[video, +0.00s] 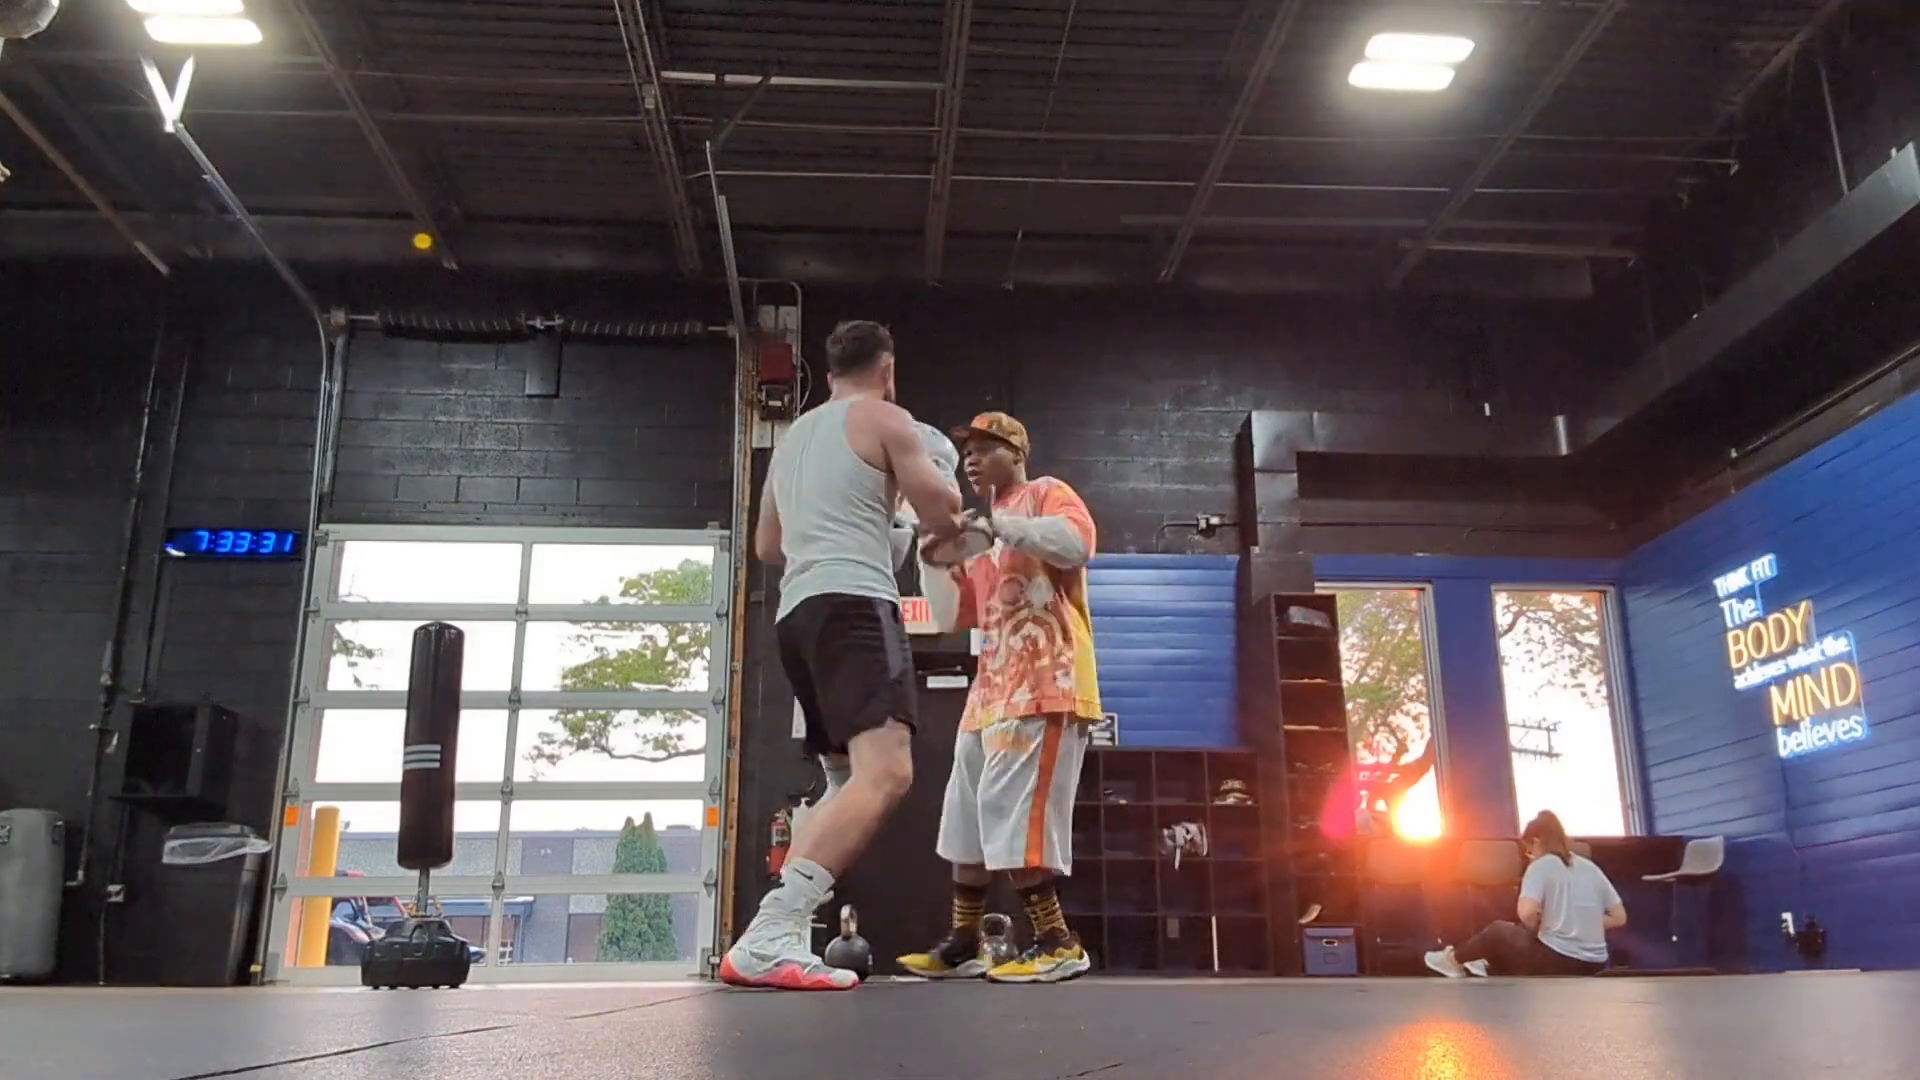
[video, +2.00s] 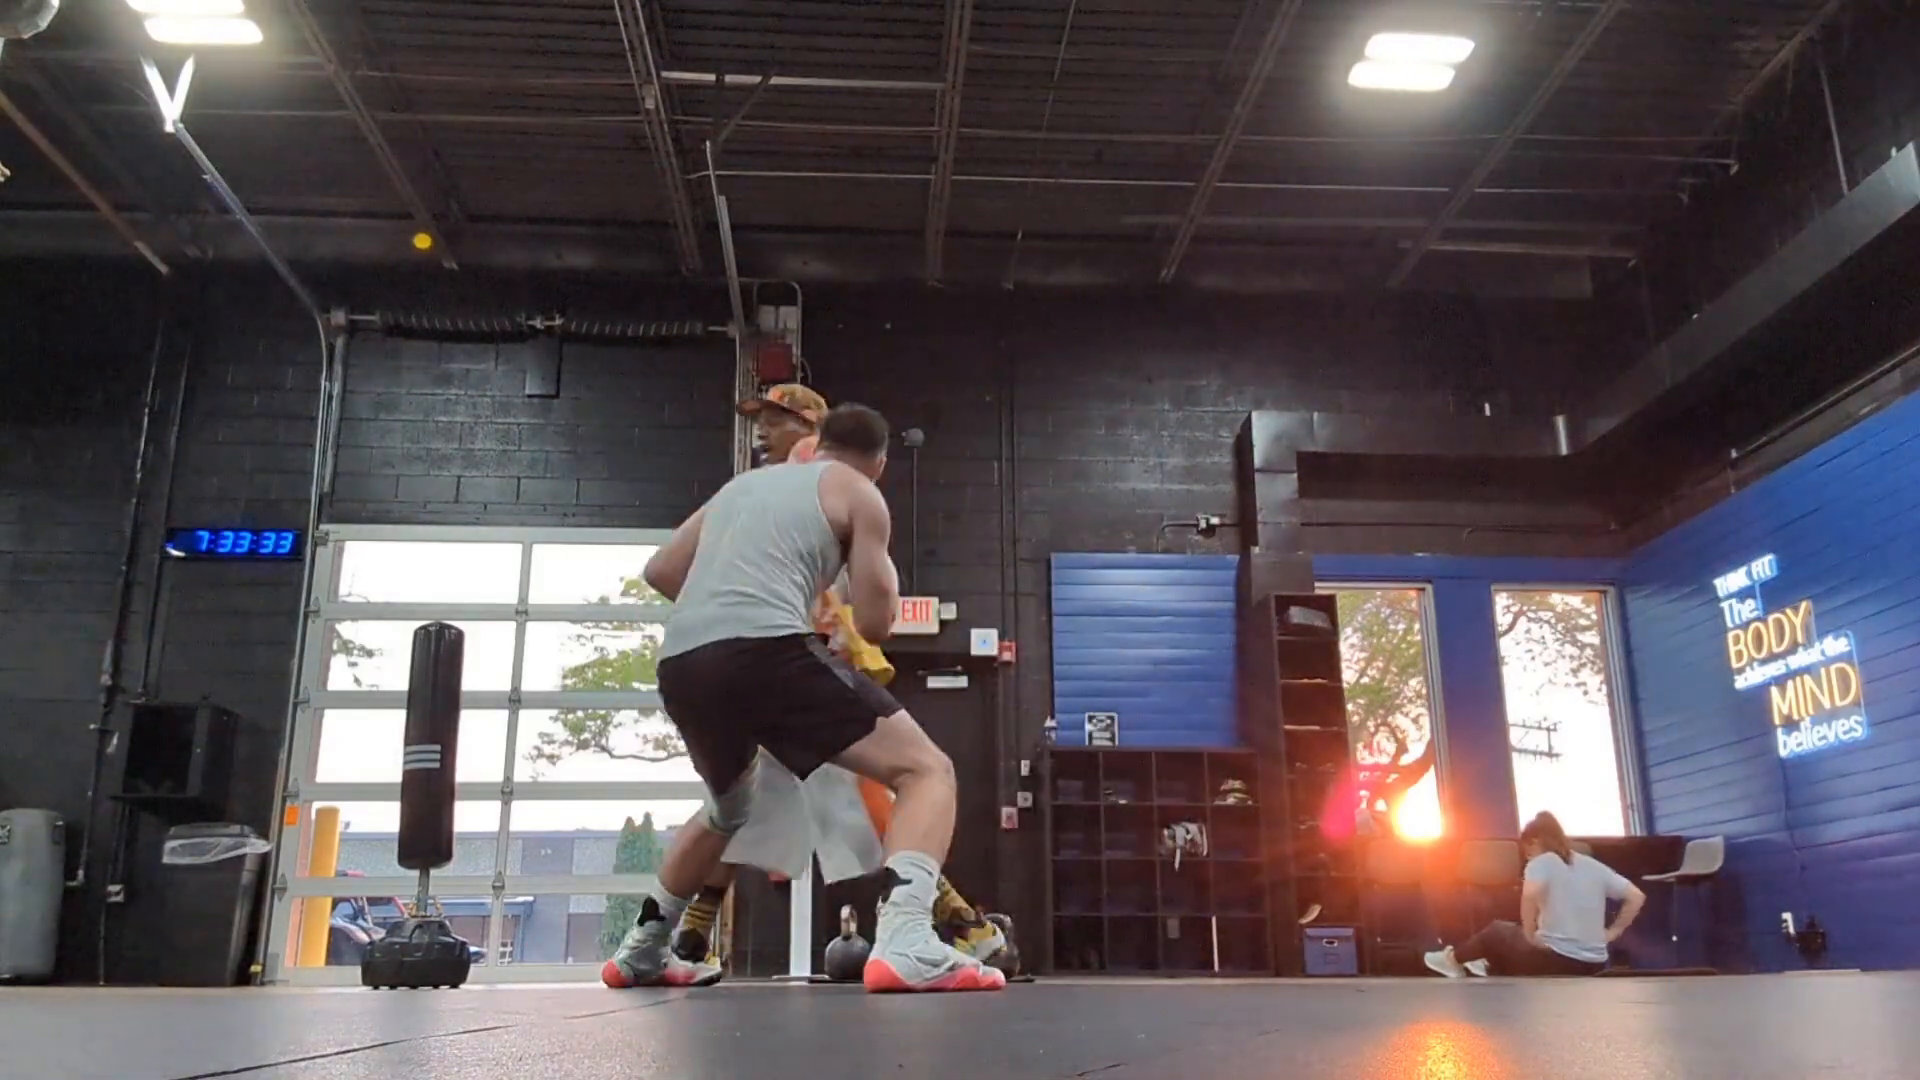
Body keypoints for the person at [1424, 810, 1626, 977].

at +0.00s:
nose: (1529, 856)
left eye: (1529, 850)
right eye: (1527, 851)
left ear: (1538, 842)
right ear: (1561, 840)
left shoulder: (1540, 866)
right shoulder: (1590, 867)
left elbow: (1527, 913)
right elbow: (1618, 918)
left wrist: (1536, 932)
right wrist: (1581, 924)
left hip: (1559, 959)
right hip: (1595, 962)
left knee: (1497, 931)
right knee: (1521, 937)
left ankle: (1453, 959)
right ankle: (1485, 964)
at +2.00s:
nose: (1527, 856)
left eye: (1527, 849)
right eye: (1526, 850)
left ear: (1537, 842)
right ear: (1558, 840)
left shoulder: (1540, 863)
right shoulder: (1592, 866)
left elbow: (1531, 895)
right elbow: (1636, 897)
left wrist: (1529, 935)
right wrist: (1614, 932)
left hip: (1559, 958)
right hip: (1595, 961)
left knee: (1499, 931)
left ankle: (1451, 958)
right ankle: (1487, 964)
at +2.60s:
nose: (1522, 846)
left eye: (1523, 841)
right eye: (1523, 841)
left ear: (1528, 841)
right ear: (1554, 840)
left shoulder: (1529, 868)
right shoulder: (1581, 868)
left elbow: (1516, 900)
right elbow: (1612, 921)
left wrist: (1495, 920)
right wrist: (1584, 931)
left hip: (1556, 958)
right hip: (1594, 961)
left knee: (1497, 929)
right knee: (1527, 927)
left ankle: (1453, 958)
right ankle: (1484, 962)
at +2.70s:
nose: (1520, 853)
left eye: (1520, 847)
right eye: (1520, 847)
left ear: (1524, 848)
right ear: (1551, 845)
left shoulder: (1528, 868)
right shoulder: (1576, 869)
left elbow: (1509, 905)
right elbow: (1593, 910)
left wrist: (1488, 911)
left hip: (1557, 958)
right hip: (1593, 961)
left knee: (1492, 934)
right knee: (1529, 925)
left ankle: (1453, 959)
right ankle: (1485, 962)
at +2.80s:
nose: (1518, 848)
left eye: (1519, 844)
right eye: (1520, 844)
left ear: (1522, 847)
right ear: (1547, 844)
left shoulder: (1524, 871)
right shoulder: (1572, 871)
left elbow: (1501, 912)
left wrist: (1483, 910)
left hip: (1556, 959)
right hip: (1592, 961)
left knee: (1492, 932)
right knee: (1526, 929)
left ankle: (1452, 959)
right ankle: (1484, 962)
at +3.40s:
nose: (1513, 854)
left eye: (1515, 850)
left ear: (1517, 853)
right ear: (1543, 851)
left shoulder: (1517, 874)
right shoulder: (1569, 875)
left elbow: (1485, 920)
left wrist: (1508, 914)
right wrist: (1524, 917)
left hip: (1554, 959)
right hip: (1591, 961)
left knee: (1496, 932)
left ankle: (1449, 960)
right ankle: (1483, 964)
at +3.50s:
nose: (1518, 848)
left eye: (1519, 844)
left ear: (1521, 848)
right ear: (1547, 846)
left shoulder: (1519, 873)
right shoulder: (1573, 873)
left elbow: (1488, 917)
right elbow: (1561, 914)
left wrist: (1517, 924)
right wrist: (1522, 920)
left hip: (1554, 959)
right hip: (1591, 962)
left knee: (1492, 932)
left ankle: (1450, 960)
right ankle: (1481, 963)